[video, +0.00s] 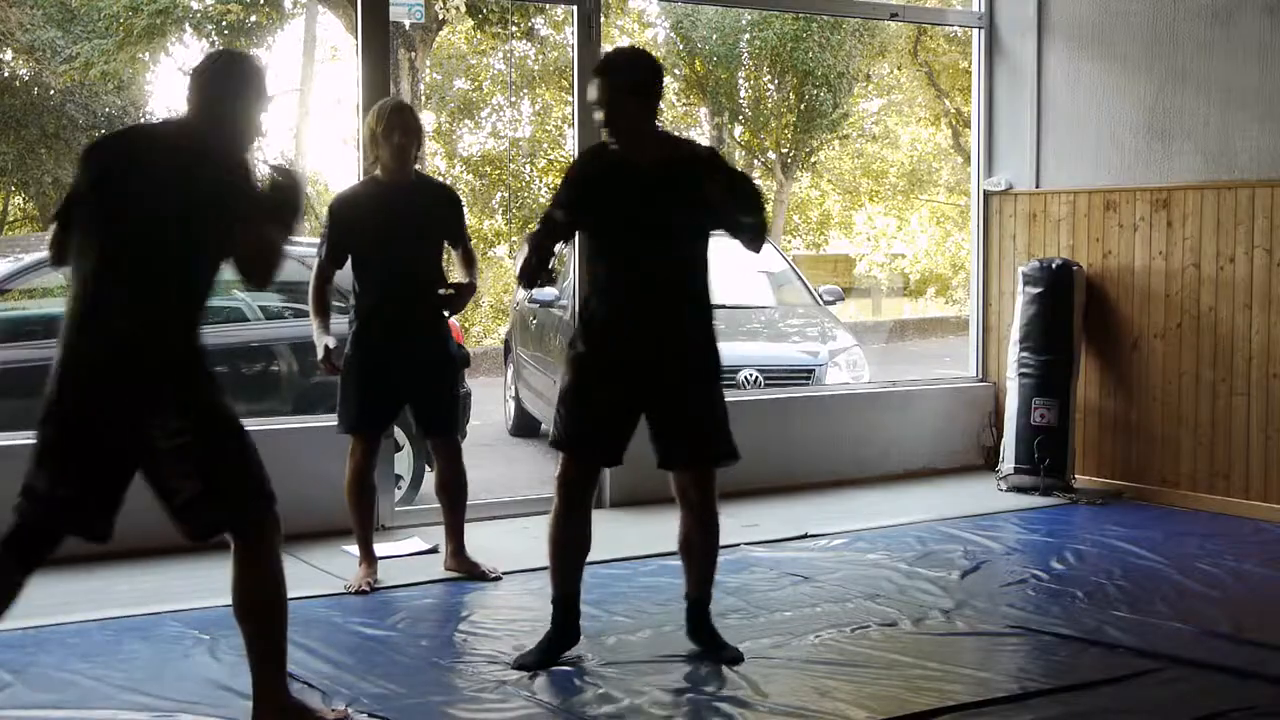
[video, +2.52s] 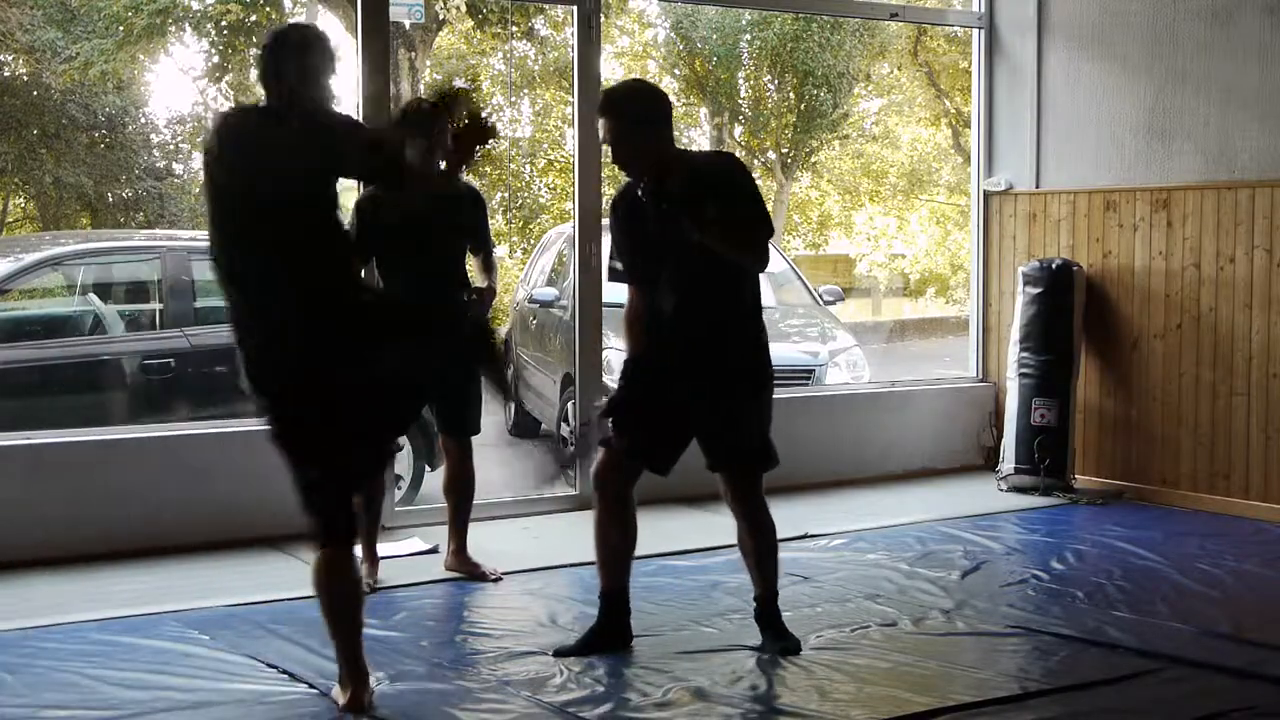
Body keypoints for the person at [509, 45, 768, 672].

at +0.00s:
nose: (602, 114)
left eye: (611, 102)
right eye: (598, 102)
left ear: (645, 100)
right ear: (606, 101)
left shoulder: (697, 166)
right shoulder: (590, 169)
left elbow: (754, 235)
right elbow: (548, 233)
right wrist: (537, 259)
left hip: (681, 354)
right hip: (601, 354)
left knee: (697, 489)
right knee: (572, 483)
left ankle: (700, 620)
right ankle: (564, 625)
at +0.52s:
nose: (612, 126)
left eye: (620, 113)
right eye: (611, 114)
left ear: (657, 110)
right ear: (646, 114)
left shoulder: (718, 172)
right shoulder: (631, 182)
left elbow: (742, 265)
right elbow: (602, 266)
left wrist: (659, 240)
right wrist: (588, 229)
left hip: (713, 353)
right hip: (645, 355)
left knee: (730, 490)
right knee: (603, 488)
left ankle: (751, 617)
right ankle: (567, 629)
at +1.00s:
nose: (654, 125)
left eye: (662, 112)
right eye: (654, 113)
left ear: (697, 109)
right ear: (676, 112)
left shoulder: (755, 169)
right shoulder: (669, 176)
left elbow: (763, 263)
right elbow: (638, 255)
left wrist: (701, 205)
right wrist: (627, 205)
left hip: (740, 352)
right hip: (673, 349)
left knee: (743, 487)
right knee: (626, 476)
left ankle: (752, 615)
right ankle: (615, 621)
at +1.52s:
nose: (592, 131)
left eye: (600, 116)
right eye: (589, 118)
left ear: (637, 113)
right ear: (599, 120)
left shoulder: (699, 166)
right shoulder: (603, 182)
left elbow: (719, 251)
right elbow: (587, 260)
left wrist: (650, 197)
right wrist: (574, 208)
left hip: (702, 348)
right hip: (633, 348)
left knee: (721, 486)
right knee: (613, 483)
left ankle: (752, 613)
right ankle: (617, 624)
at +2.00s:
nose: (590, 158)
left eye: (594, 144)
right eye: (586, 146)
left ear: (629, 132)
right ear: (606, 139)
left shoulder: (706, 172)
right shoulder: (615, 208)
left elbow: (734, 254)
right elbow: (625, 299)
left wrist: (668, 213)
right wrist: (619, 375)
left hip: (720, 363)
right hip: (650, 367)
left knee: (736, 492)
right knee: (590, 472)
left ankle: (772, 616)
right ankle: (609, 620)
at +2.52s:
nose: (610, 154)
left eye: (617, 140)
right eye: (607, 141)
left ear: (654, 131)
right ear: (631, 139)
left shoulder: (723, 172)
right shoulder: (628, 205)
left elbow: (755, 253)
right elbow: (637, 296)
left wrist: (687, 216)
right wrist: (631, 377)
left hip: (732, 362)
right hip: (663, 364)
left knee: (744, 492)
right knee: (611, 476)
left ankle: (769, 612)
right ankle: (613, 620)